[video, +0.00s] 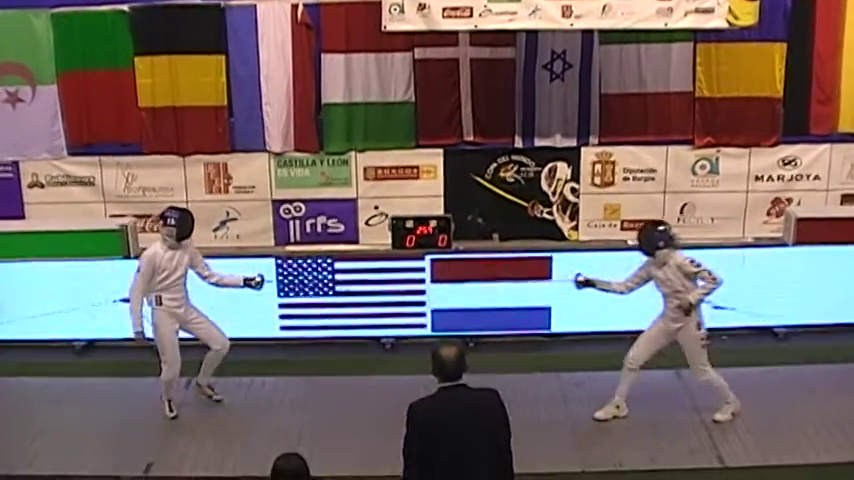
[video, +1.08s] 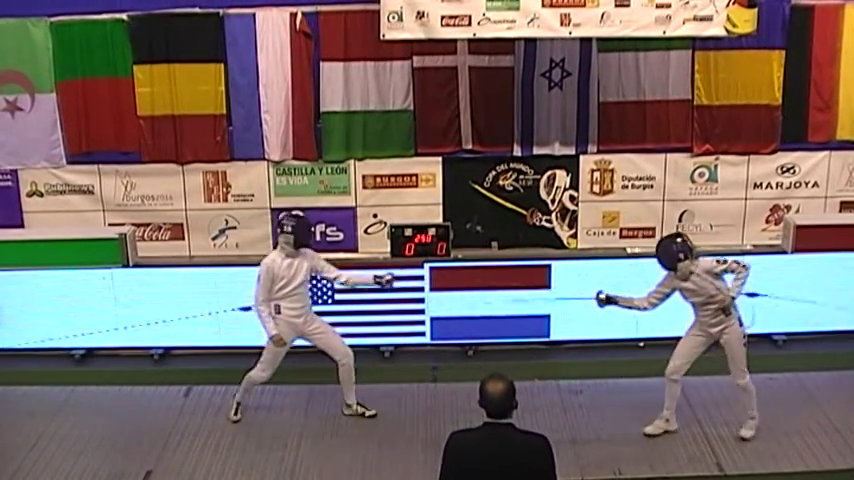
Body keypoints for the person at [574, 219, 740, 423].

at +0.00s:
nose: (649, 255)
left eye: (651, 250)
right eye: (648, 251)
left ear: (661, 246)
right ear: (652, 249)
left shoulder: (680, 262)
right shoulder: (651, 267)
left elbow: (712, 281)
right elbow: (624, 287)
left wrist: (692, 300)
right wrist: (592, 284)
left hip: (689, 323)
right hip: (666, 321)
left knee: (702, 372)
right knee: (632, 360)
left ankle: (732, 403)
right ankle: (618, 405)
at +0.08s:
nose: (638, 260)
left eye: (639, 255)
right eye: (636, 257)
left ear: (648, 250)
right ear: (636, 255)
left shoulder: (666, 265)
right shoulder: (636, 271)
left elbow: (700, 282)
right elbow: (610, 293)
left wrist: (680, 302)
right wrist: (577, 288)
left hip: (677, 325)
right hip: (654, 323)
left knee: (689, 380)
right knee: (621, 362)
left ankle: (725, 399)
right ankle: (615, 406)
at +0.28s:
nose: (624, 268)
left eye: (625, 263)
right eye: (621, 264)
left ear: (634, 255)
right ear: (618, 262)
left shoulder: (653, 266)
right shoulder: (620, 275)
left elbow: (688, 275)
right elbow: (596, 297)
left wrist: (671, 297)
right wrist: (561, 294)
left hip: (672, 320)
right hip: (648, 321)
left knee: (677, 378)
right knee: (621, 367)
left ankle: (703, 414)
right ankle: (614, 409)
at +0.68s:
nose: (643, 272)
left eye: (644, 266)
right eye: (638, 269)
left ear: (650, 258)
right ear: (632, 267)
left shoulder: (668, 268)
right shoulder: (631, 278)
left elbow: (701, 276)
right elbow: (604, 299)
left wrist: (687, 299)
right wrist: (568, 296)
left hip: (684, 327)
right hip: (658, 329)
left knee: (701, 380)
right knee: (633, 377)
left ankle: (724, 423)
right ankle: (627, 421)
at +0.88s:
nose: (662, 283)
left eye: (663, 279)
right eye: (659, 280)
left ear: (670, 272)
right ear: (656, 278)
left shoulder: (689, 282)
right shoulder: (654, 291)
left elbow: (723, 291)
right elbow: (629, 314)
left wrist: (708, 314)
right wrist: (598, 304)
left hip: (705, 342)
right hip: (677, 342)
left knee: (719, 395)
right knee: (642, 382)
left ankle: (743, 420)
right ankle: (629, 422)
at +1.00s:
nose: (674, 276)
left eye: (676, 270)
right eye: (669, 273)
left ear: (683, 262)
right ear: (665, 270)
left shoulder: (701, 271)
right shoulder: (668, 283)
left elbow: (737, 273)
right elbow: (643, 308)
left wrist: (725, 300)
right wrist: (610, 302)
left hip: (722, 330)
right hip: (695, 332)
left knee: (734, 384)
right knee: (664, 376)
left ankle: (745, 421)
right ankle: (641, 420)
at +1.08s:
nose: (677, 273)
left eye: (679, 268)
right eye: (674, 270)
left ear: (688, 259)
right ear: (672, 267)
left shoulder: (707, 266)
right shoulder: (673, 280)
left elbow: (742, 269)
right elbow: (647, 303)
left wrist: (731, 295)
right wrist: (613, 300)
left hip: (728, 325)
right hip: (702, 327)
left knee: (741, 378)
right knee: (673, 372)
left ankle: (752, 420)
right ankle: (667, 420)